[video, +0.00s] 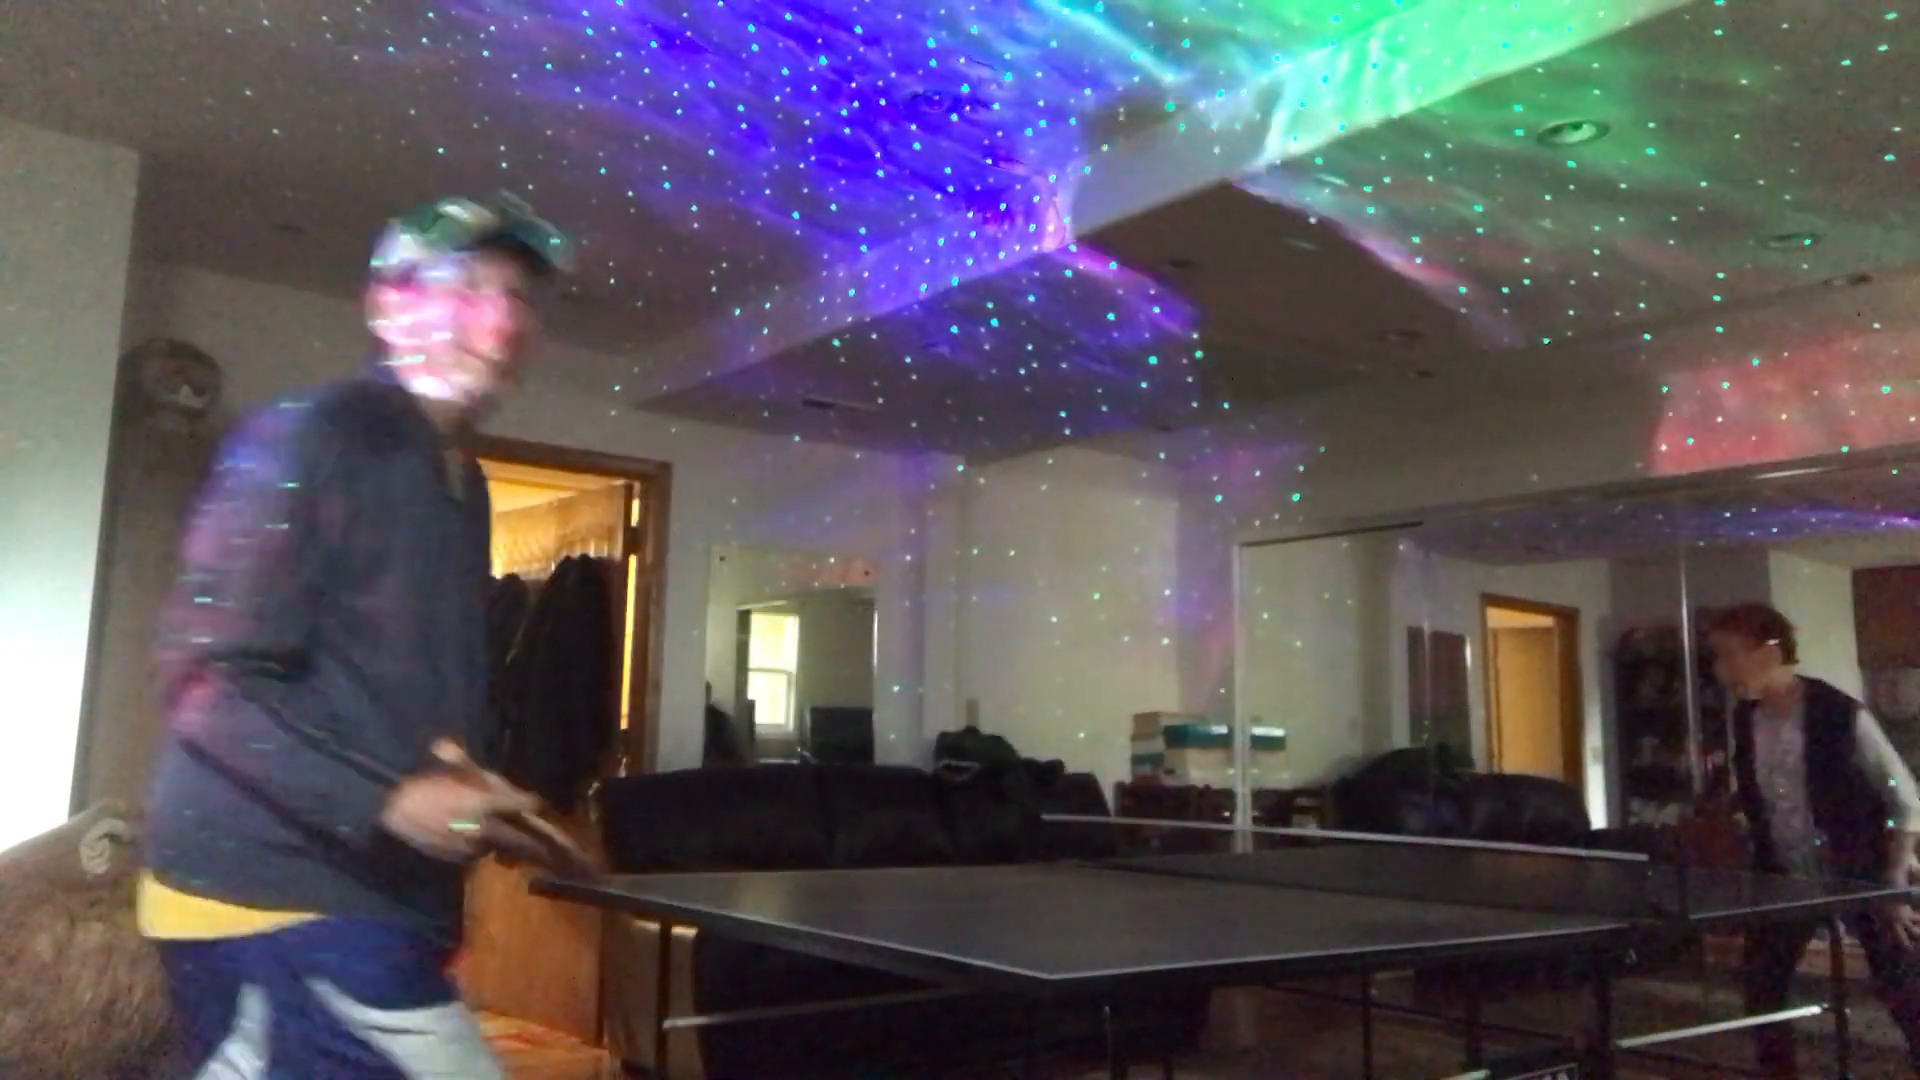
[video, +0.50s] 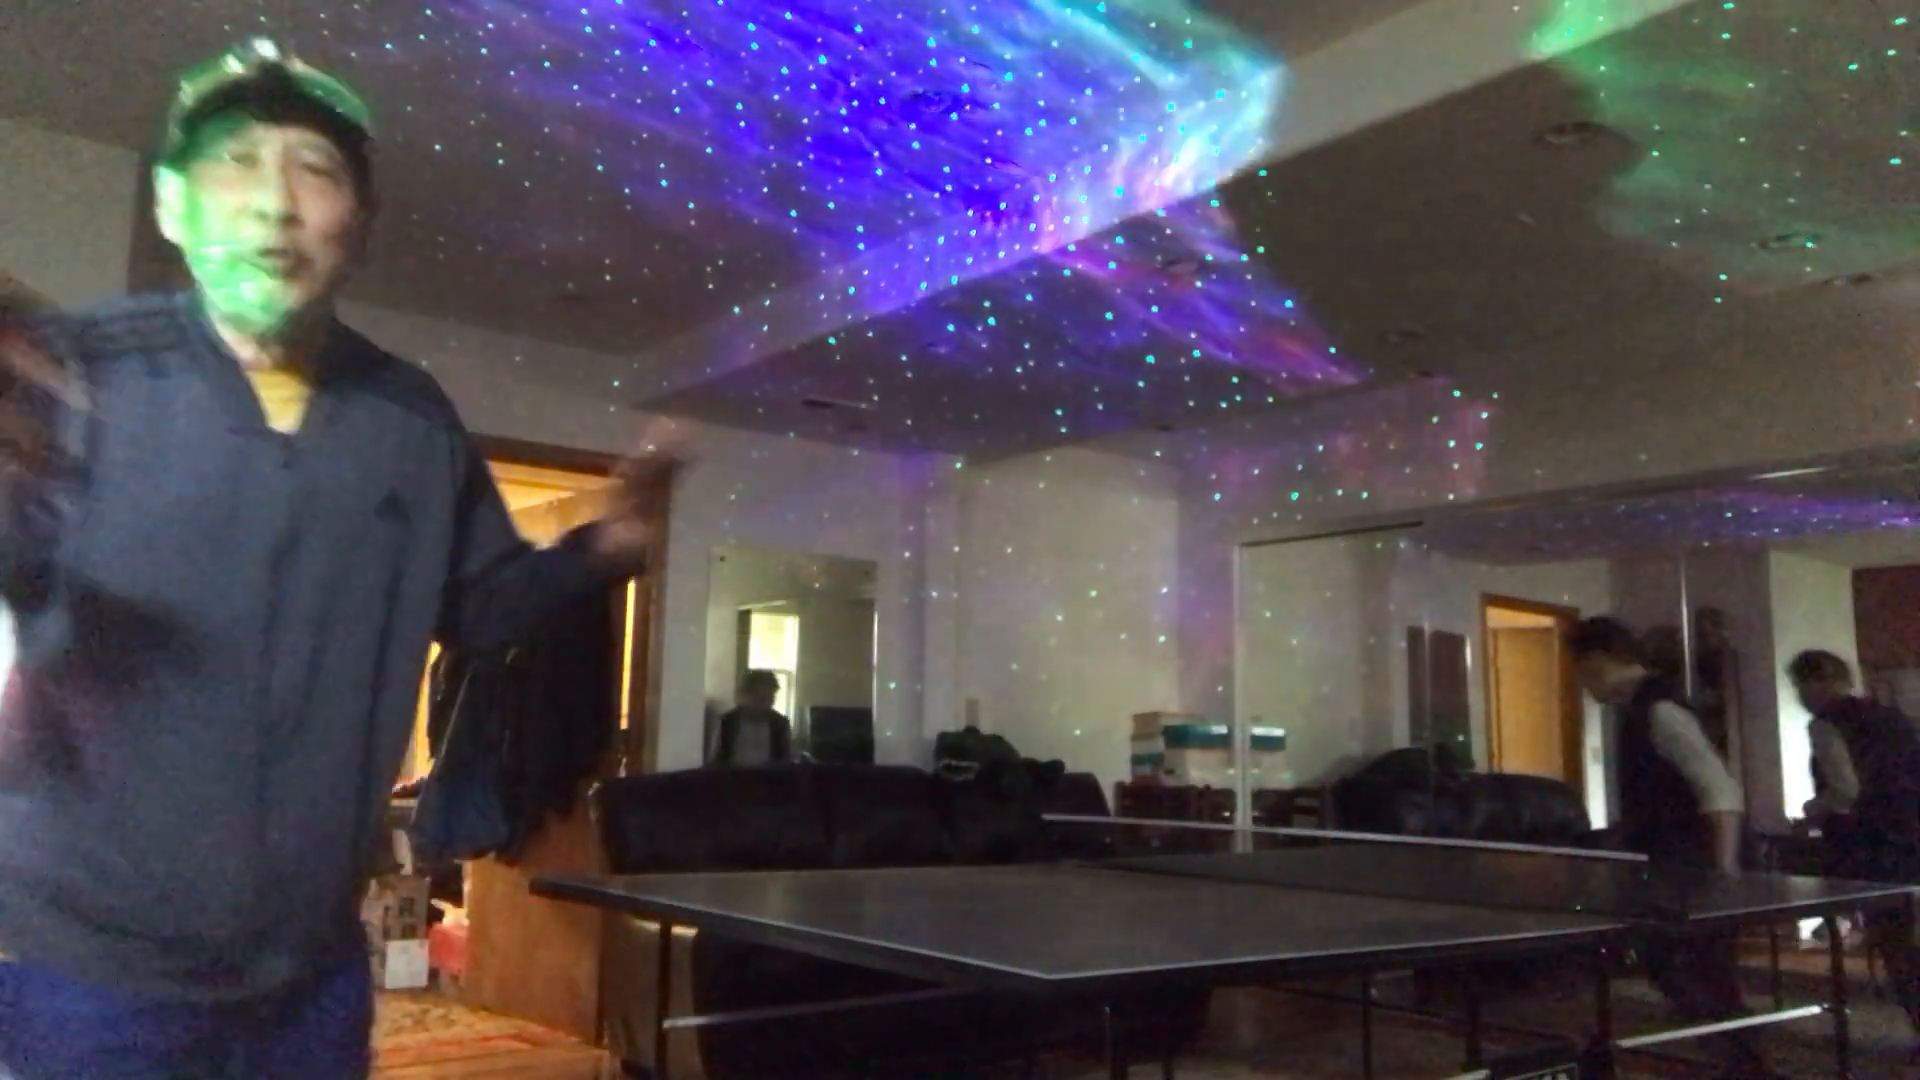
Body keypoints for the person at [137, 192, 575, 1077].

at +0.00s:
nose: (493, 323)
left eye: (515, 298)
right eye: (462, 287)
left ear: (528, 330)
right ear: (389, 305)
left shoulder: (462, 488)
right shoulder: (306, 439)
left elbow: (433, 697)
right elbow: (205, 680)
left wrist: (473, 789)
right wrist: (389, 799)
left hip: (378, 904)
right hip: (278, 904)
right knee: (449, 1060)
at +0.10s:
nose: (420, 287)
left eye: (446, 262)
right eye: (385, 256)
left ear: (472, 298)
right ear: (319, 289)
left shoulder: (437, 460)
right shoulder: (242, 425)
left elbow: (426, 669)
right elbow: (149, 673)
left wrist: (447, 820)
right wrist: (332, 769)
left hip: (356, 887)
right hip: (238, 885)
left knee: (234, 1062)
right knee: (420, 1061)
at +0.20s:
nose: (370, 269)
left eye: (399, 241)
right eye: (334, 238)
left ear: (429, 279)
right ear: (274, 275)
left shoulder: (418, 455)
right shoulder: (190, 428)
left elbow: (404, 656)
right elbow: (92, 664)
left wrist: (485, 743)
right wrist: (245, 735)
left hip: (346, 895)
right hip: (220, 895)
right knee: (344, 1059)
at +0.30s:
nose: (340, 261)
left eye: (371, 231)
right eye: (304, 226)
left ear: (407, 272)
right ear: (242, 261)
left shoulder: (414, 451)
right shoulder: (145, 421)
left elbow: (405, 657)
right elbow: (25, 656)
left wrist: (529, 663)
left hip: (344, 926)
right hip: (180, 927)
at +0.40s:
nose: (306, 236)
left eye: (342, 208)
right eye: (268, 200)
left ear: (381, 252)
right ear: (207, 238)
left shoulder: (415, 438)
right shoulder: (104, 397)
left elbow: (440, 624)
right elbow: (11, 670)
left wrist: (553, 586)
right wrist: (59, 575)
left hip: (320, 944)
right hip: (128, 941)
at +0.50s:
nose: (275, 203)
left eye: (313, 172)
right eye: (236, 162)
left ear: (358, 221)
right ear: (170, 202)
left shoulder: (415, 422)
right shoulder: (65, 369)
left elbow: (481, 600)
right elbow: (24, 587)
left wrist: (599, 548)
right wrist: (13, 483)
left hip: (304, 965)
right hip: (74, 950)